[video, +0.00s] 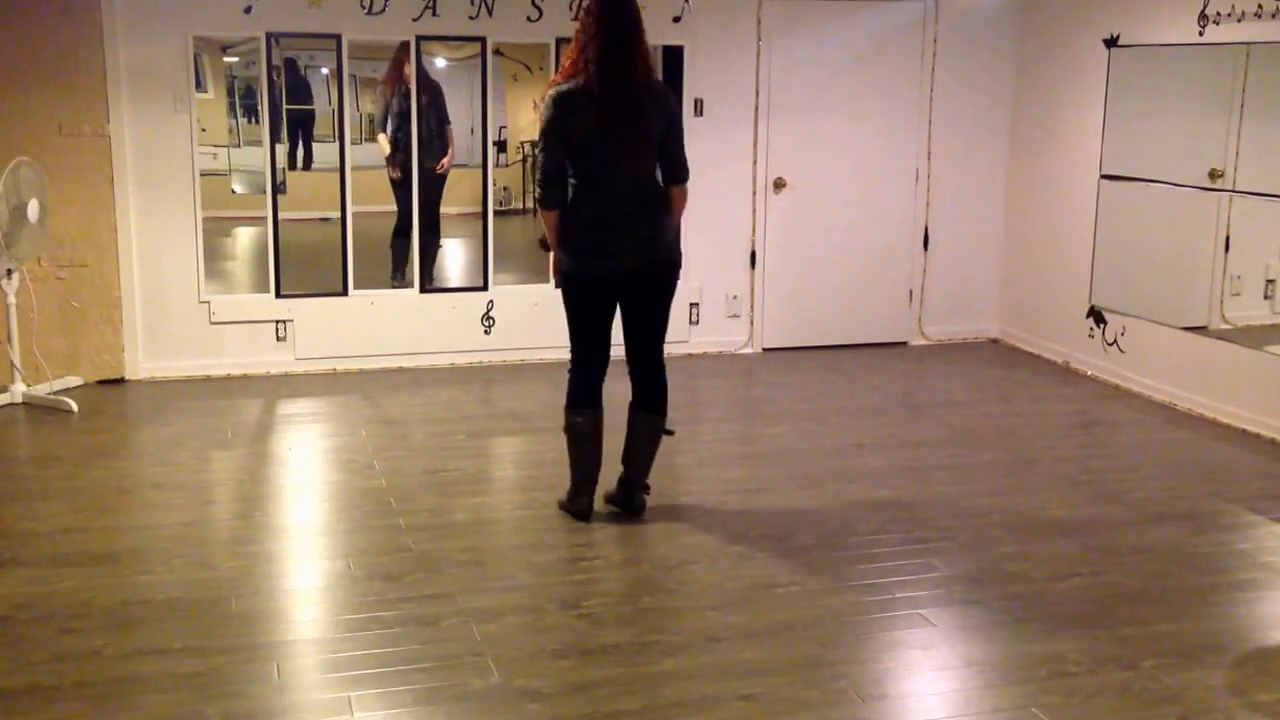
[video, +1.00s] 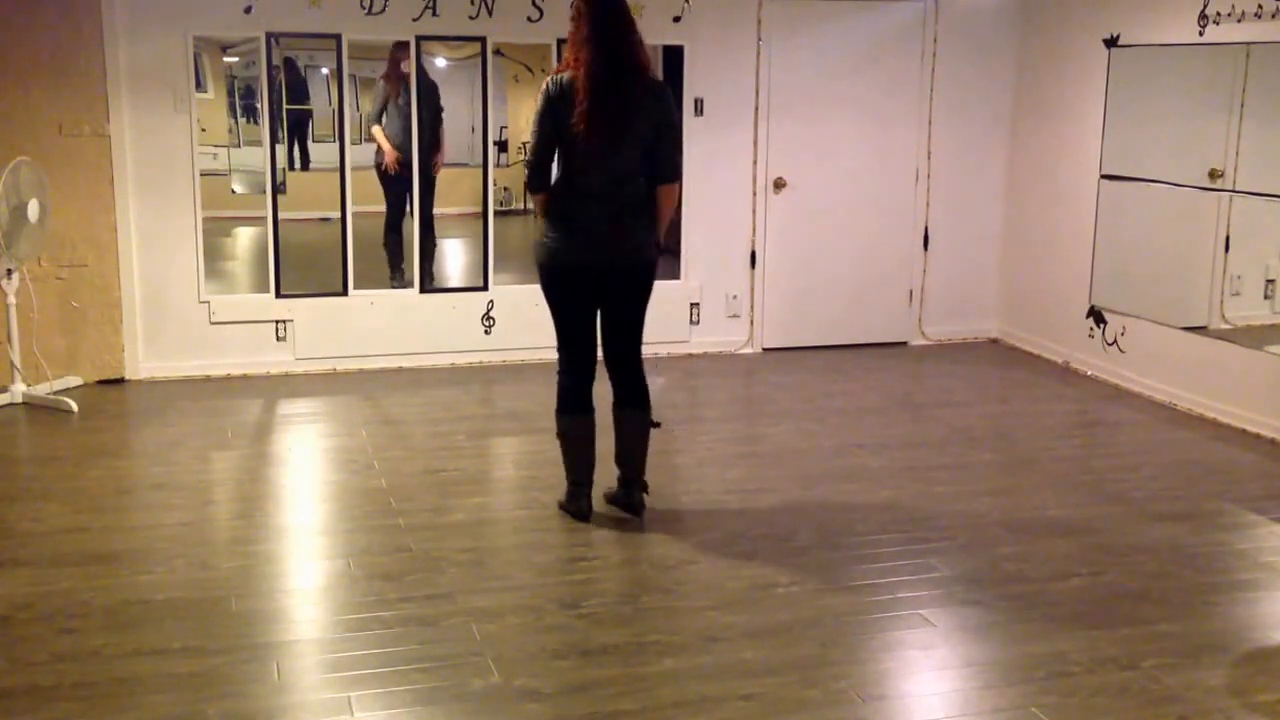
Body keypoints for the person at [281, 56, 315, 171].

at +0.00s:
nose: (284, 70)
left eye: (284, 67)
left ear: (285, 68)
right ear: (296, 66)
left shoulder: (284, 82)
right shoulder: (303, 79)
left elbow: (281, 99)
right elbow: (310, 97)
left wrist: (282, 112)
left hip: (291, 113)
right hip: (307, 112)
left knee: (293, 143)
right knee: (307, 142)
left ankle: (291, 169)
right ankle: (306, 168)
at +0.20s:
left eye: (284, 67)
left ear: (285, 67)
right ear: (296, 66)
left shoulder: (284, 82)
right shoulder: (303, 80)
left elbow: (281, 100)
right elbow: (310, 98)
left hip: (291, 114)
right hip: (307, 113)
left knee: (294, 142)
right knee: (307, 143)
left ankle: (291, 168)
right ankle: (306, 168)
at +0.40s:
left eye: (284, 67)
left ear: (285, 68)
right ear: (297, 66)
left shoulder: (283, 82)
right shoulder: (303, 80)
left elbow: (280, 100)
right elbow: (309, 97)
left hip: (291, 112)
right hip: (308, 112)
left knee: (294, 142)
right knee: (307, 143)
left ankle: (292, 169)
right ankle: (306, 169)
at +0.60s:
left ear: (284, 67)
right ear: (297, 66)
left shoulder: (283, 82)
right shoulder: (302, 80)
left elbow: (280, 100)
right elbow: (307, 97)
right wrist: (312, 110)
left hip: (291, 114)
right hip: (307, 113)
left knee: (294, 142)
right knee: (307, 143)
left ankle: (292, 168)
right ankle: (307, 169)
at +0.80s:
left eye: (284, 67)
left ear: (284, 67)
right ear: (296, 66)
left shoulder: (283, 81)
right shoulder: (301, 80)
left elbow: (279, 101)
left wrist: (279, 119)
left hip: (291, 115)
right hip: (305, 115)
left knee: (293, 144)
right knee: (305, 144)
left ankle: (291, 169)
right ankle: (306, 168)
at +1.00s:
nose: (281, 70)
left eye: (282, 68)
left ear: (283, 67)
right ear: (295, 65)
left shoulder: (282, 81)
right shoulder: (302, 79)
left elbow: (278, 100)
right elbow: (307, 97)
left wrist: (279, 115)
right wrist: (309, 111)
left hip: (289, 114)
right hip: (303, 113)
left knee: (289, 145)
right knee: (303, 143)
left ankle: (290, 169)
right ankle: (305, 168)